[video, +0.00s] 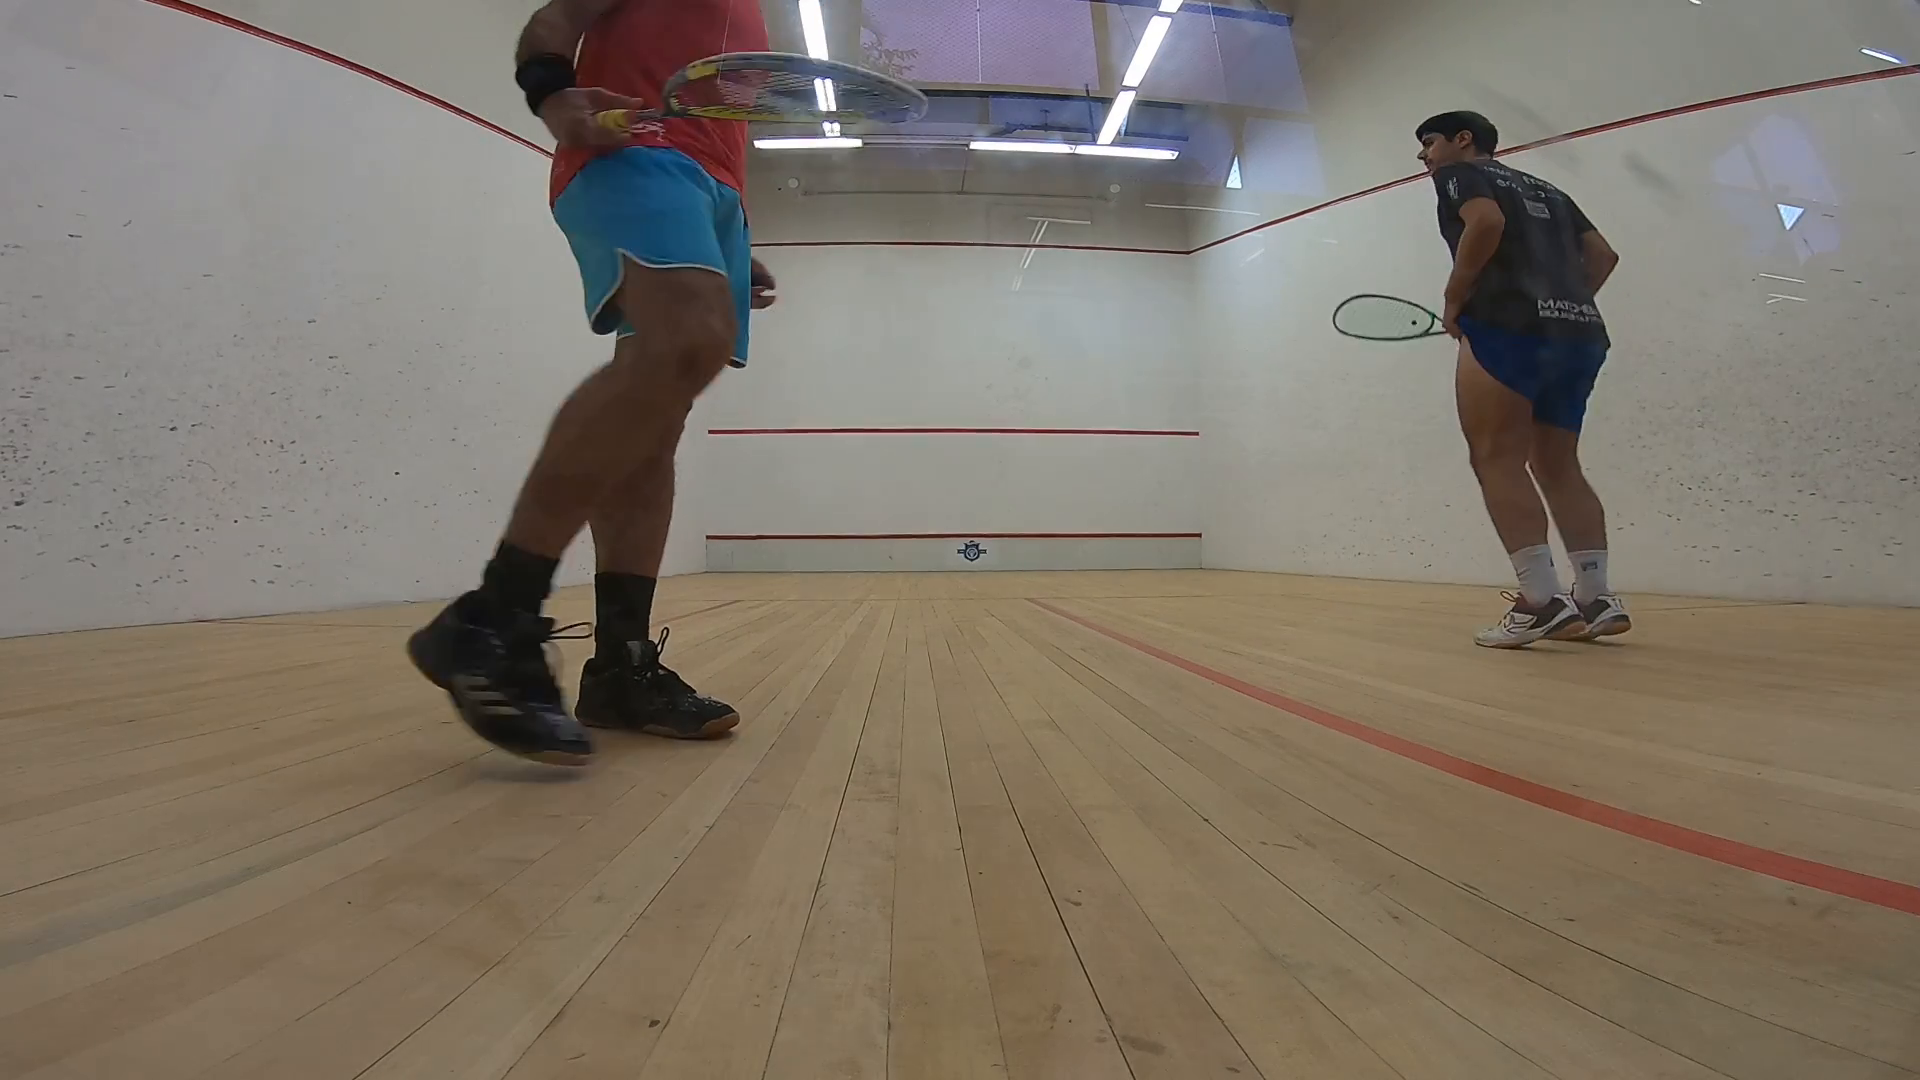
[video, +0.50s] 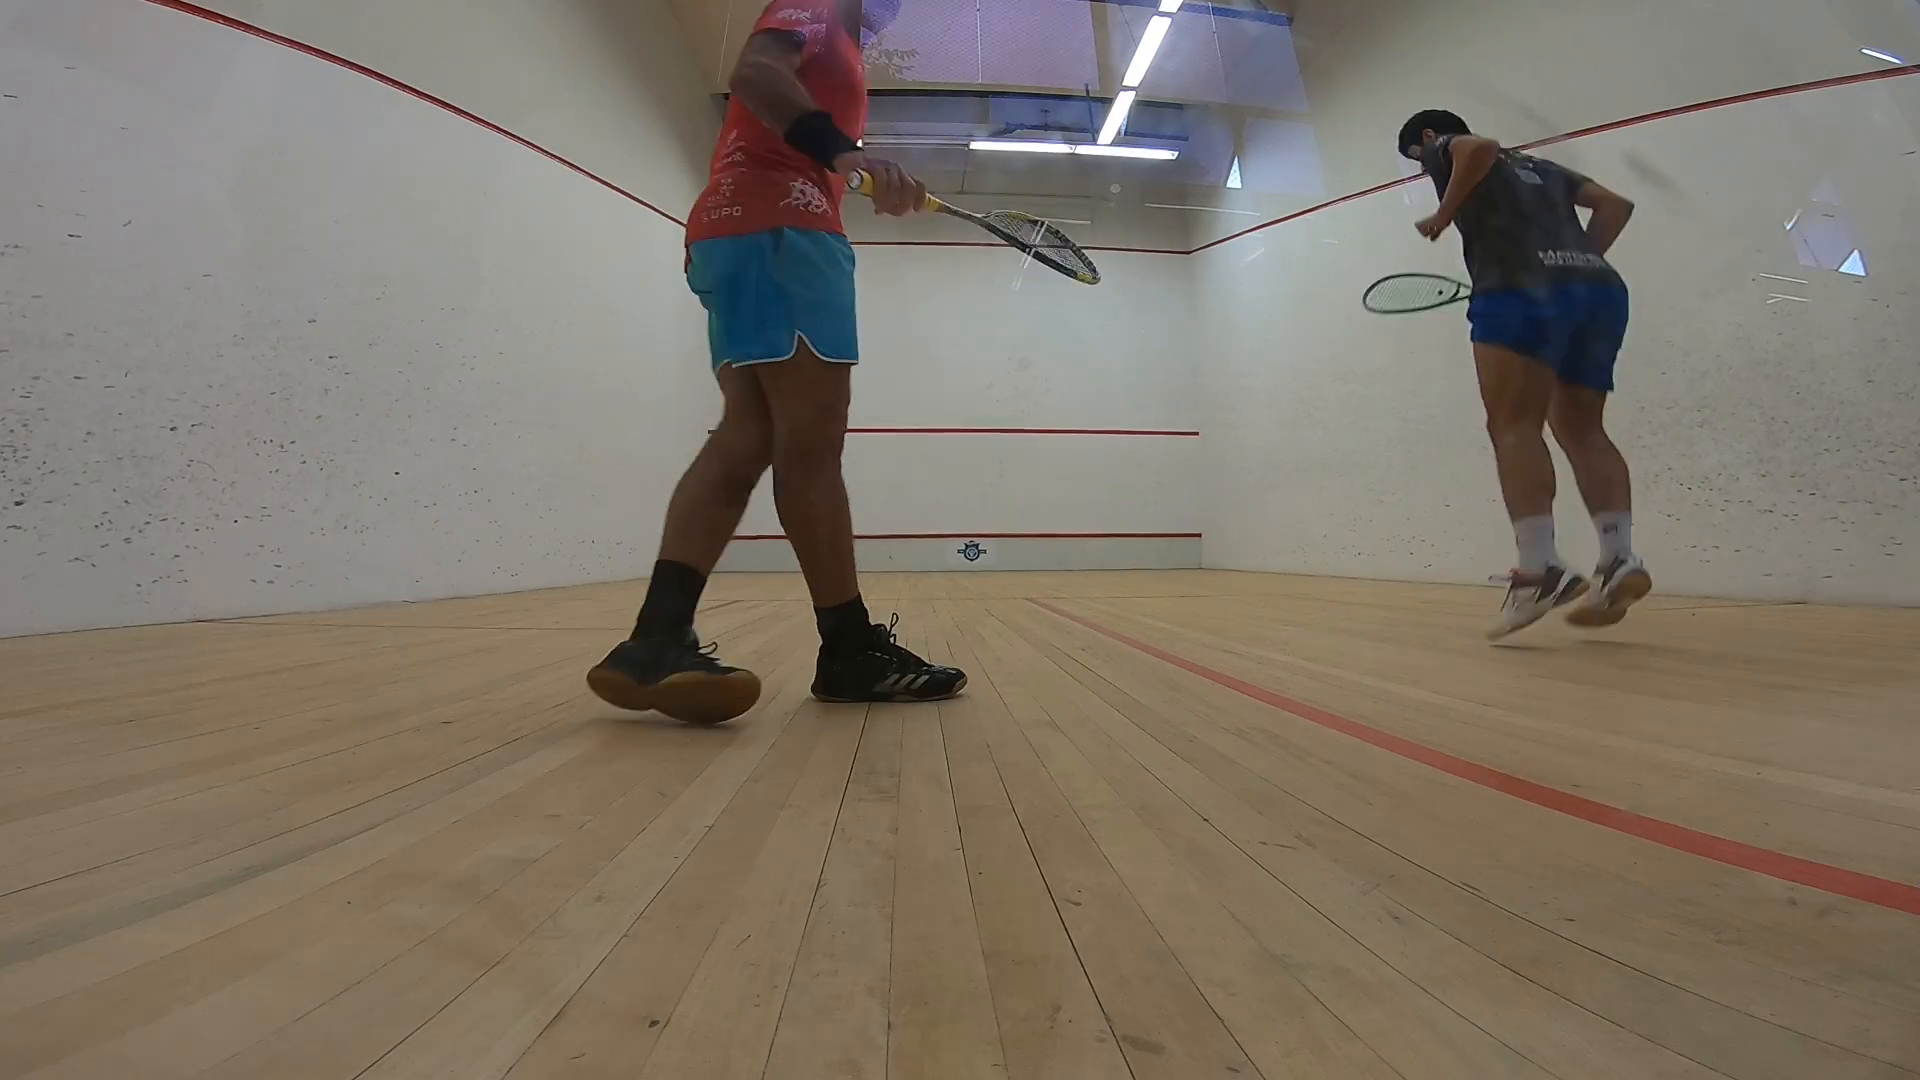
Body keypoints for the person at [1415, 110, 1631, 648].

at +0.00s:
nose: (1423, 154)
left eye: (1429, 144)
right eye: (1423, 147)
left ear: (1463, 140)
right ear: (1478, 144)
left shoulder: (1456, 174)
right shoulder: (1543, 188)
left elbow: (1486, 220)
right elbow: (1601, 255)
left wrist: (1452, 299)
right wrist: (1558, 311)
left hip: (1507, 328)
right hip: (1580, 333)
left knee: (1496, 458)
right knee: (1557, 463)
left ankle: (1539, 600)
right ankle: (1596, 599)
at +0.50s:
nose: (1419, 161)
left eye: (1416, 153)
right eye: (1415, 157)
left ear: (1429, 137)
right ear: (1463, 125)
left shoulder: (1445, 150)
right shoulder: (1535, 165)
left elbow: (1481, 148)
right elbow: (1615, 206)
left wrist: (1442, 214)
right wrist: (1579, 267)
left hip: (1521, 288)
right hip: (1598, 290)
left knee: (1513, 426)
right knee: (1579, 424)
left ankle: (1537, 571)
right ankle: (1620, 562)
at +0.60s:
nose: (1419, 174)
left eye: (1411, 164)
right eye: (1412, 170)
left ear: (1418, 144)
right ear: (1444, 128)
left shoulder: (1437, 143)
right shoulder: (1530, 156)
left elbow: (1481, 145)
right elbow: (1618, 205)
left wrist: (1441, 213)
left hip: (1539, 251)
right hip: (1616, 255)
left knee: (1462, 374)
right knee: (1525, 369)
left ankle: (1579, 438)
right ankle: (1612, 411)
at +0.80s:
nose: (1423, 193)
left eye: (1418, 183)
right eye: (1418, 187)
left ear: (1426, 166)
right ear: (1446, 162)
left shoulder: (1445, 166)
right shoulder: (1533, 185)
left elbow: (1468, 124)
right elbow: (1626, 208)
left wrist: (1473, 194)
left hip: (1555, 273)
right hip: (1632, 271)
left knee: (1483, 400)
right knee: (1541, 393)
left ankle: (1564, 519)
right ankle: (1637, 462)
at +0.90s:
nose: (1429, 204)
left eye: (1429, 193)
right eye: (1426, 196)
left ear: (1443, 180)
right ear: (1471, 171)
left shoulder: (1458, 195)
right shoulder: (1540, 213)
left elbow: (1517, 185)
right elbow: (1630, 256)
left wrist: (1495, 268)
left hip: (1553, 329)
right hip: (1623, 328)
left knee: (1521, 473)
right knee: (1589, 473)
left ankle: (1581, 610)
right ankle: (1674, 596)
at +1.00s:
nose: (1438, 209)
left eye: (1439, 198)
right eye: (1436, 201)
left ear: (1458, 190)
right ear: (1493, 191)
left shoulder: (1465, 216)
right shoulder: (1540, 227)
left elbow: (1509, 243)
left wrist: (1475, 324)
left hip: (1552, 359)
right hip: (1628, 355)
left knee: (1506, 489)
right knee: (1575, 495)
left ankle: (1582, 609)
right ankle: (1672, 610)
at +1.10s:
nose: (1436, 176)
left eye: (1437, 167)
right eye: (1435, 168)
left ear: (1457, 158)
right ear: (1492, 161)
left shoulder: (1461, 182)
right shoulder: (1547, 201)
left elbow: (1491, 210)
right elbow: (1610, 269)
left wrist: (1458, 275)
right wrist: (1577, 333)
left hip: (1534, 340)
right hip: (1607, 338)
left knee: (1522, 472)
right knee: (1583, 467)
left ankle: (1579, 605)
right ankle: (1663, 590)